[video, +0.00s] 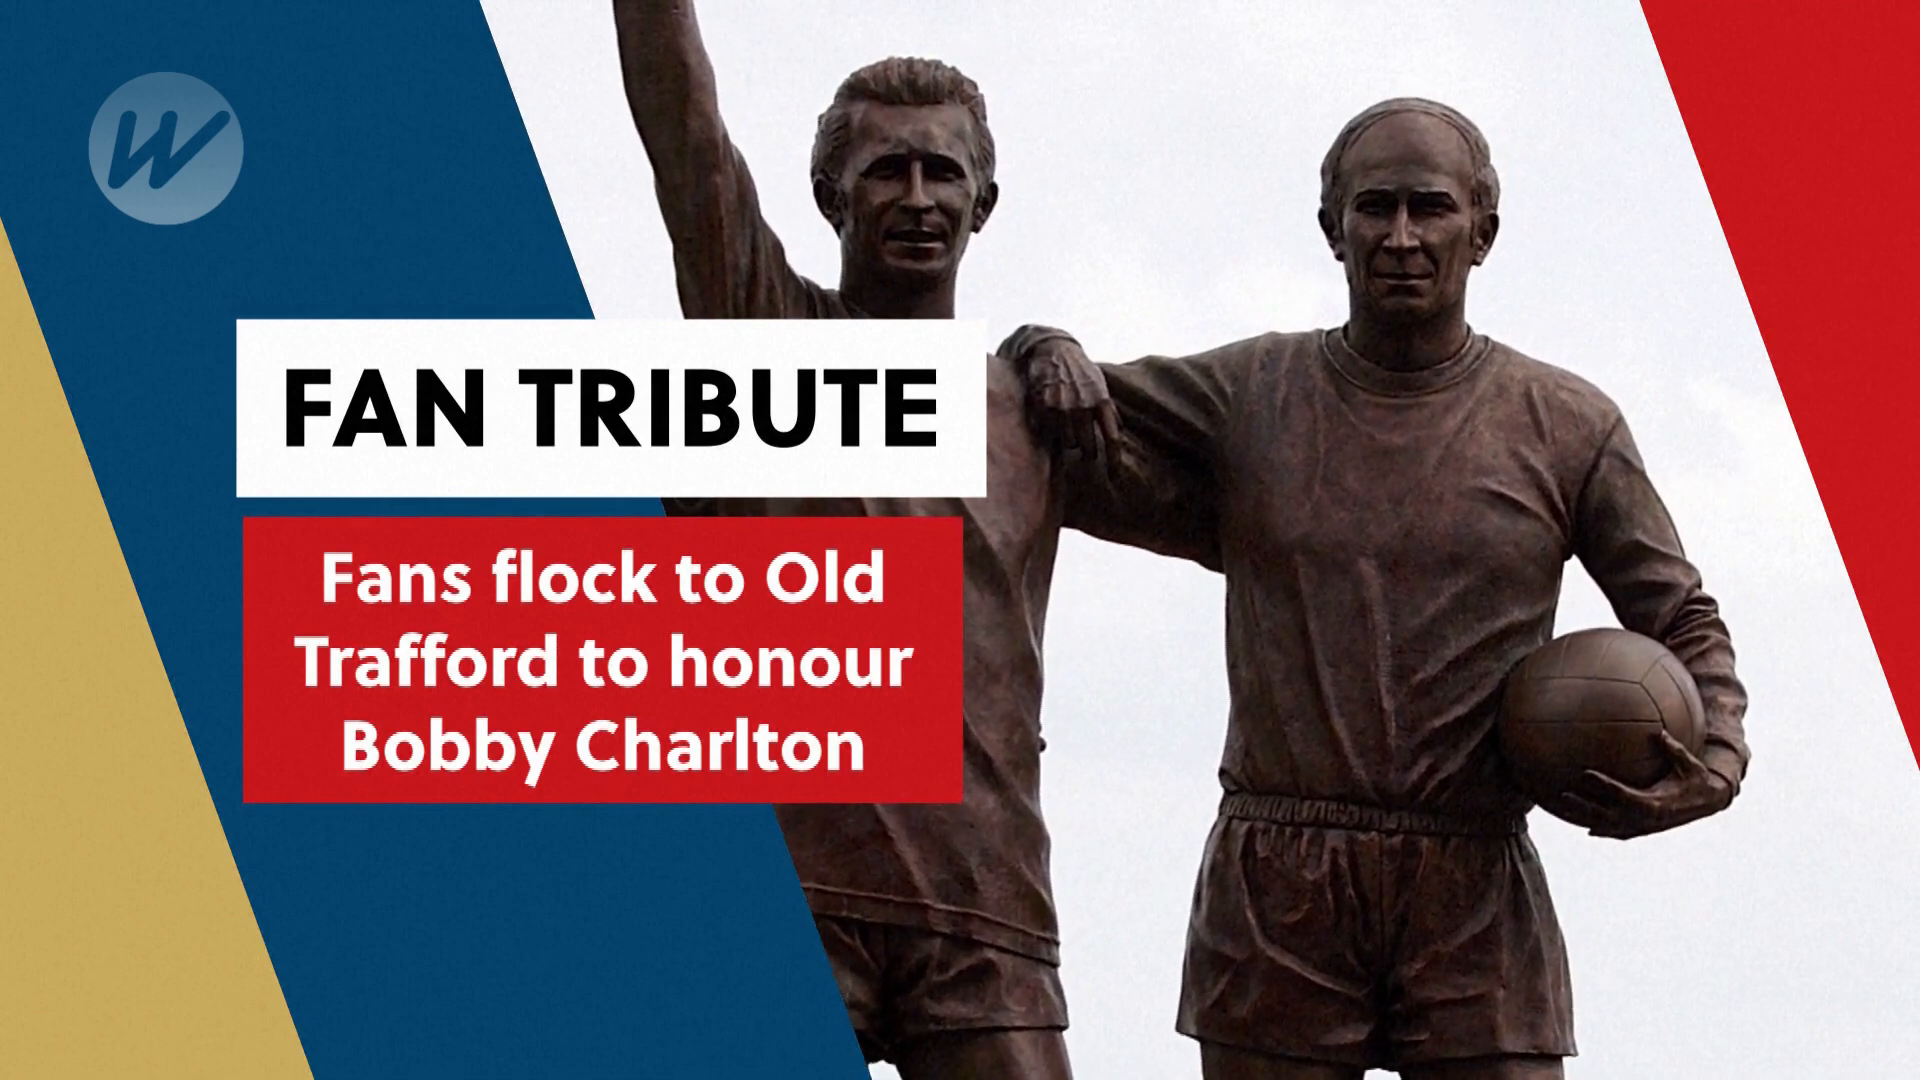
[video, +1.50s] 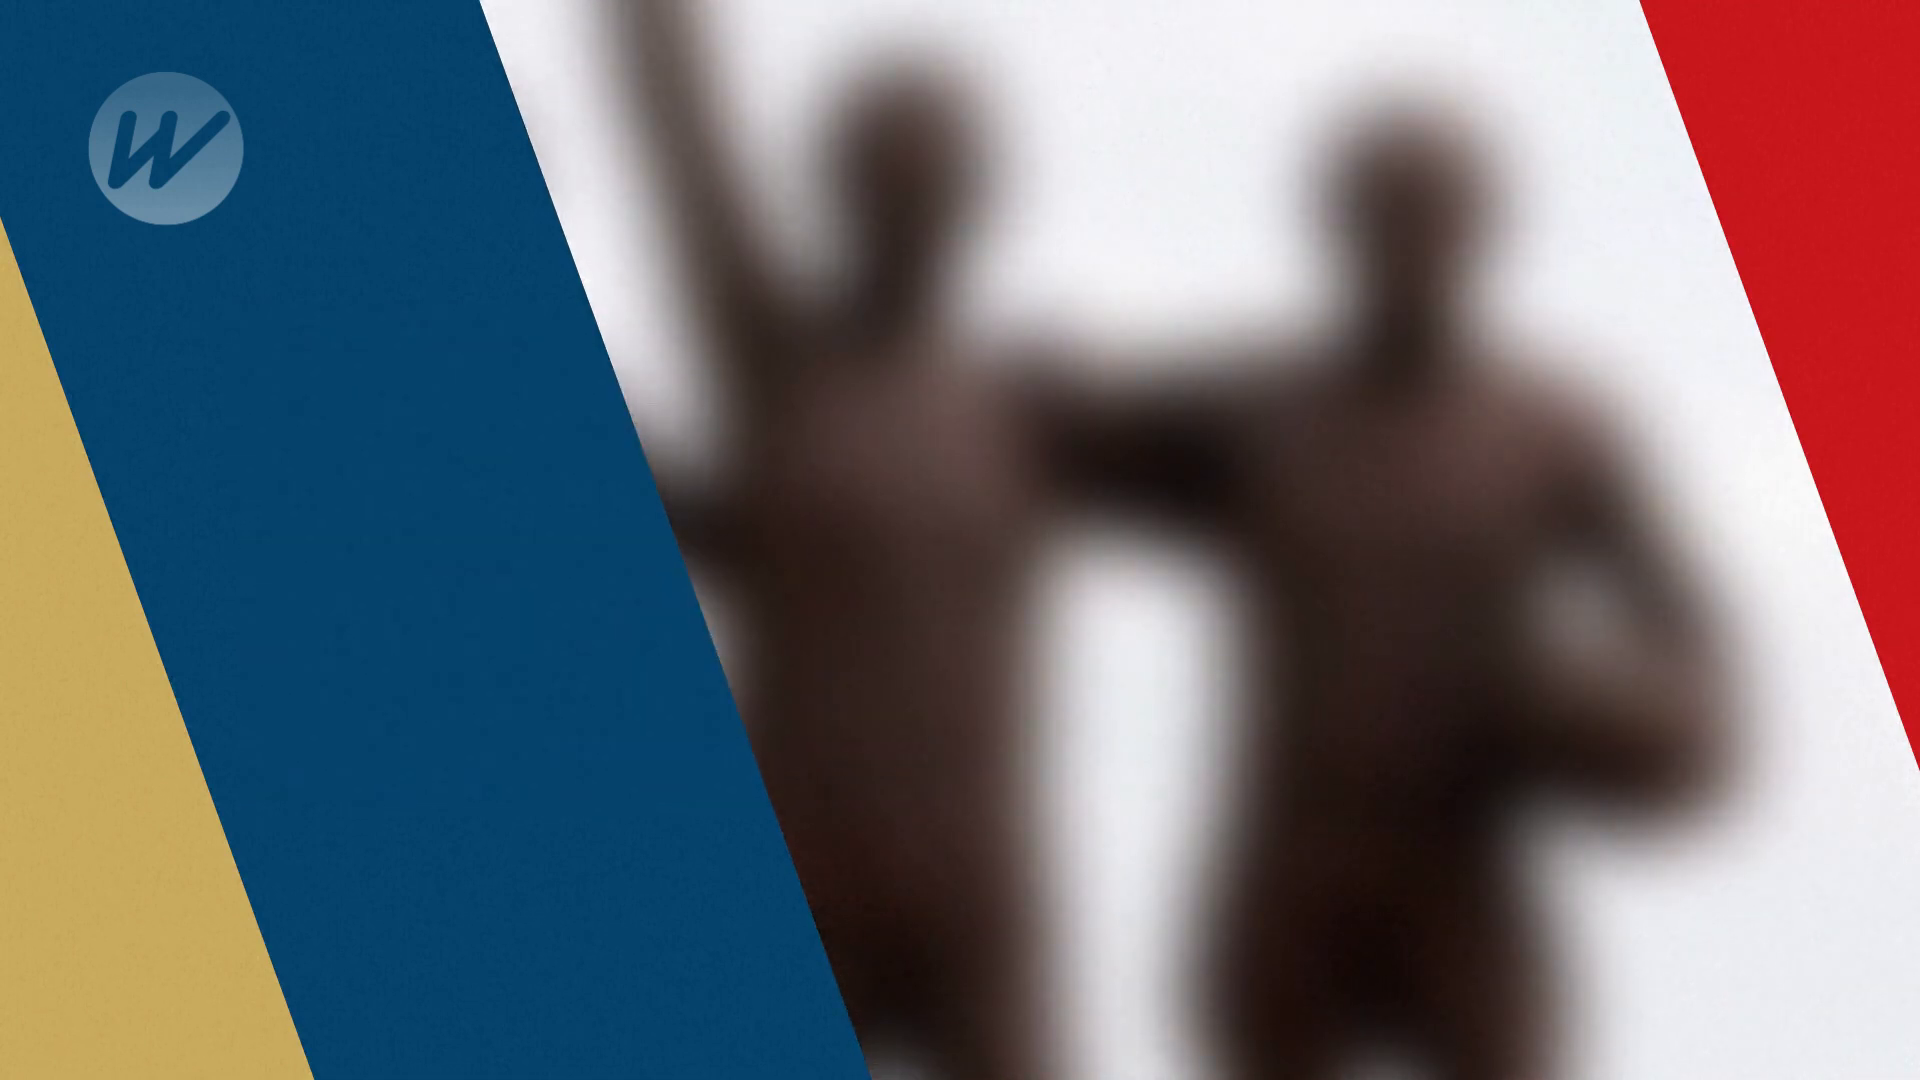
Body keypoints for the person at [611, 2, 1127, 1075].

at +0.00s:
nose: (918, 195)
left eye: (944, 171)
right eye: (886, 170)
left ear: (983, 202)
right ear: (829, 197)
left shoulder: (1032, 400)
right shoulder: (762, 334)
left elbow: (1244, 515)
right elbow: (681, 127)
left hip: (986, 909)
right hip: (790, 902)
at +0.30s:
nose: (917, 195)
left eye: (944, 172)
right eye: (886, 171)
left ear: (981, 203)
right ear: (829, 200)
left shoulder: (1034, 403)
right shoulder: (761, 335)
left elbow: (1243, 517)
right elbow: (678, 122)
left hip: (985, 909)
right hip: (791, 899)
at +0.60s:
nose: (918, 197)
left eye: (944, 173)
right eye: (886, 172)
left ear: (983, 202)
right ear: (832, 198)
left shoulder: (1035, 404)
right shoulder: (763, 334)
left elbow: (1249, 516)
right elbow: (677, 122)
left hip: (985, 912)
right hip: (789, 901)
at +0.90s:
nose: (913, 195)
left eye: (940, 171)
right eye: (883, 171)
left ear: (983, 200)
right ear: (829, 195)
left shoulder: (1035, 408)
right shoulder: (763, 343)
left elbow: (1248, 517)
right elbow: (677, 126)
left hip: (984, 908)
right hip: (796, 901)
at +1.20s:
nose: (914, 196)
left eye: (941, 169)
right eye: (888, 167)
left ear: (981, 184)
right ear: (838, 179)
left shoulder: (1023, 405)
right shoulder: (775, 362)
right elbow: (678, 122)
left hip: (980, 915)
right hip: (796, 913)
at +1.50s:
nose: (911, 205)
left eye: (935, 176)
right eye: (888, 174)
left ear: (967, 192)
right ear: (850, 185)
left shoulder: (1011, 413)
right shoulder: (788, 384)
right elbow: (681, 133)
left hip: (967, 885)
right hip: (805, 884)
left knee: (1003, 1051)